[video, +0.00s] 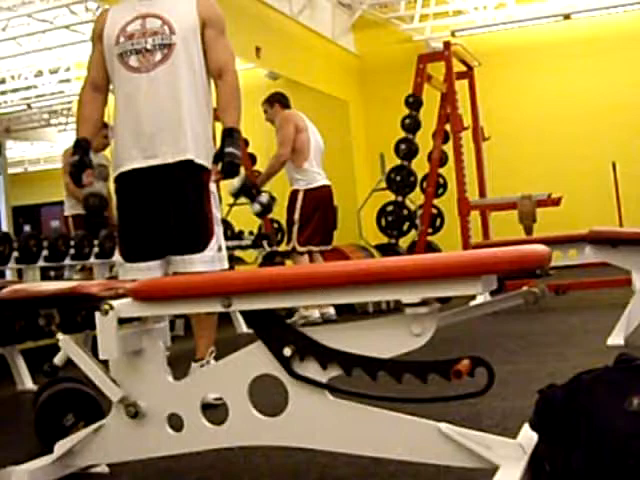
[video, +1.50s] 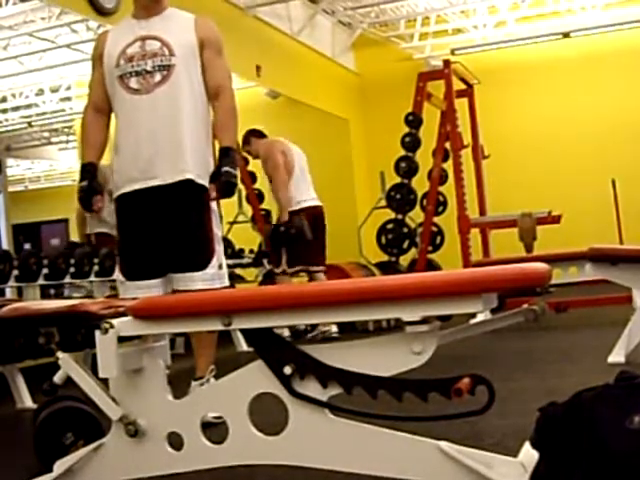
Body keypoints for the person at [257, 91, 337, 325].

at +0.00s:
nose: (267, 118)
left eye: (268, 112)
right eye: (265, 114)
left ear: (277, 106)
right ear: (284, 105)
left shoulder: (287, 118)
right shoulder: (304, 120)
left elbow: (283, 154)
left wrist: (260, 182)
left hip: (305, 189)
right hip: (322, 187)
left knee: (298, 251)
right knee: (314, 251)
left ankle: (309, 305)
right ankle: (325, 302)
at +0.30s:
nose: (266, 132)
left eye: (264, 128)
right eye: (263, 130)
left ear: (269, 119)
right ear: (272, 117)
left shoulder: (290, 119)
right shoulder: (296, 125)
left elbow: (292, 145)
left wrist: (261, 145)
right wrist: (260, 148)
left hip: (306, 197)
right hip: (313, 196)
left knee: (291, 258)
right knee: (312, 259)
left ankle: (307, 310)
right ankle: (323, 308)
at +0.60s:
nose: (266, 149)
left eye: (262, 144)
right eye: (262, 147)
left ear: (264, 134)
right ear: (270, 128)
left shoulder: (287, 135)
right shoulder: (299, 137)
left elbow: (295, 160)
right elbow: (297, 172)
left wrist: (265, 171)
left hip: (305, 207)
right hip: (317, 205)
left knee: (294, 268)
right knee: (314, 269)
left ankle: (308, 322)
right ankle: (324, 319)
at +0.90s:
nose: (252, 154)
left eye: (248, 150)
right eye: (248, 151)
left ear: (250, 141)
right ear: (257, 134)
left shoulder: (273, 143)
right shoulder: (284, 143)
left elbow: (286, 177)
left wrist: (285, 214)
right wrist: (285, 214)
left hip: (303, 208)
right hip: (315, 204)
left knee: (298, 271)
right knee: (316, 270)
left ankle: (310, 324)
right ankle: (327, 320)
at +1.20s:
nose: (249, 154)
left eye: (246, 150)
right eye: (246, 152)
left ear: (251, 140)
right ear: (256, 136)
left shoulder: (273, 145)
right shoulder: (285, 146)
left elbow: (292, 179)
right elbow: (294, 181)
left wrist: (299, 210)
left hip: (296, 212)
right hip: (313, 209)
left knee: (292, 272)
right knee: (315, 270)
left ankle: (309, 322)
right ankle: (328, 320)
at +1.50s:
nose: (252, 155)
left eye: (249, 151)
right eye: (249, 153)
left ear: (252, 141)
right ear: (261, 135)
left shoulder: (269, 147)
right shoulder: (291, 147)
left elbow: (279, 177)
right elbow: (302, 179)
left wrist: (283, 212)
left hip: (295, 212)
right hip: (314, 208)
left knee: (282, 272)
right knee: (317, 269)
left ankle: (287, 321)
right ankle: (327, 320)